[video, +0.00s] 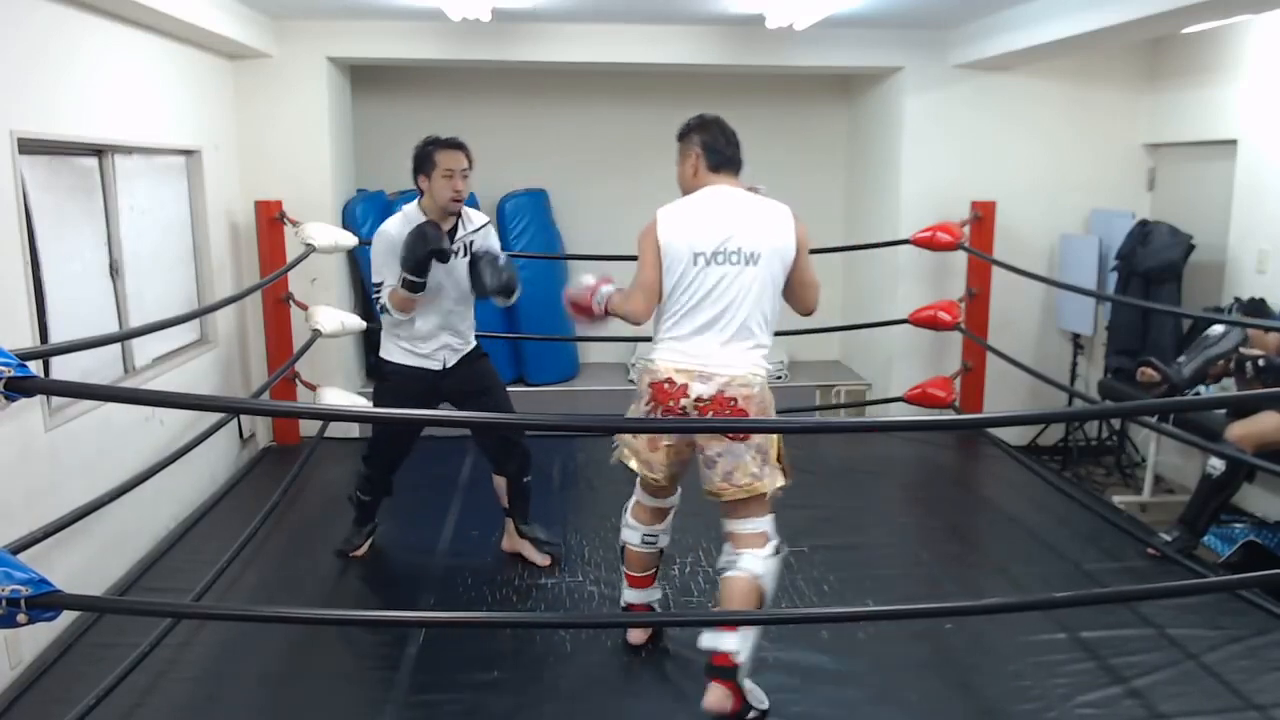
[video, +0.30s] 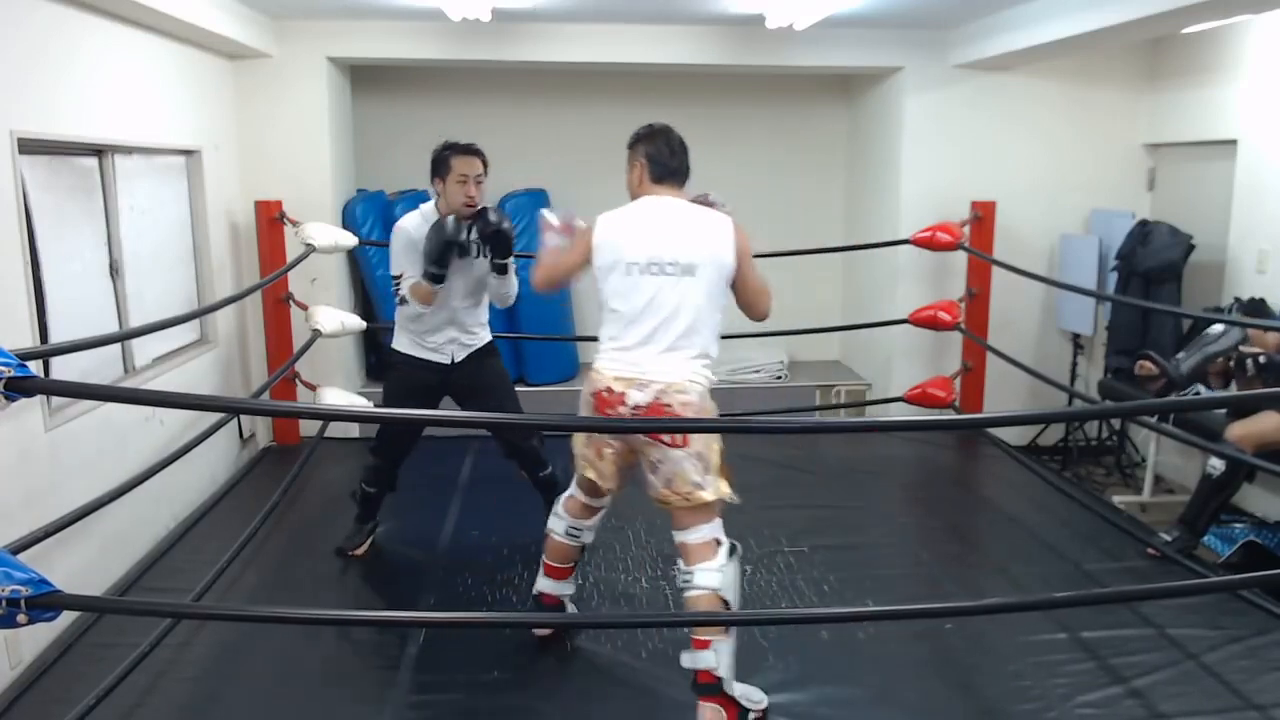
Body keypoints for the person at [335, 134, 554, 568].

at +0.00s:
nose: (460, 185)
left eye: (465, 175)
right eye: (449, 176)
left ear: (470, 179)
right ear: (423, 180)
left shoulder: (477, 223)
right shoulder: (392, 232)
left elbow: (504, 284)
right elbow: (396, 308)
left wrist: (500, 283)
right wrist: (414, 273)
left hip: (463, 355)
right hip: (405, 361)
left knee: (509, 441)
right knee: (384, 454)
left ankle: (516, 533)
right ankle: (362, 528)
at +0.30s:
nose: (473, 191)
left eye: (479, 181)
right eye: (463, 181)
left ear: (485, 185)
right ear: (438, 184)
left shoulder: (491, 227)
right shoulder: (410, 229)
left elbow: (504, 298)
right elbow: (418, 301)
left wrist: (501, 258)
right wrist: (435, 263)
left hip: (475, 351)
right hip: (417, 354)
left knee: (518, 436)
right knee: (391, 445)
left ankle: (563, 511)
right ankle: (364, 524)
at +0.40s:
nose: (485, 179)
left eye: (491, 171)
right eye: (475, 171)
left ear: (499, 175)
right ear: (453, 176)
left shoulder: (507, 220)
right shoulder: (428, 223)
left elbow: (521, 294)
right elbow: (453, 276)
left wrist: (515, 242)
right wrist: (488, 237)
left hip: (493, 353)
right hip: (433, 352)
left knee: (530, 443)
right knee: (398, 439)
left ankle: (565, 522)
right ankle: (366, 516)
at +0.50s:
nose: (486, 175)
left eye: (494, 164)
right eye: (476, 164)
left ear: (503, 168)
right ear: (456, 167)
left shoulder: (512, 215)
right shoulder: (434, 212)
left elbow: (533, 288)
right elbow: (461, 251)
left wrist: (519, 245)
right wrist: (518, 232)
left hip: (503, 349)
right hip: (445, 347)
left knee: (540, 428)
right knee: (409, 428)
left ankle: (555, 508)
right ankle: (413, 490)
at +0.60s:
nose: (486, 174)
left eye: (493, 163)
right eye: (476, 164)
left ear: (502, 166)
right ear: (457, 168)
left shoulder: (516, 216)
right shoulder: (435, 215)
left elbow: (534, 279)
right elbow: (448, 281)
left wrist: (520, 247)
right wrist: (506, 278)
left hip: (507, 346)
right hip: (449, 348)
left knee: (539, 431)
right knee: (427, 442)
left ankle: (560, 511)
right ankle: (462, 498)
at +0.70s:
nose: (474, 180)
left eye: (481, 170)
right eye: (464, 171)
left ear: (491, 172)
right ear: (447, 175)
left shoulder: (512, 220)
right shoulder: (425, 225)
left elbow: (537, 277)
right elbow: (409, 294)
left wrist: (508, 246)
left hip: (509, 352)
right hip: (452, 357)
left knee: (546, 435)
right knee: (438, 453)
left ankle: (568, 522)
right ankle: (469, 507)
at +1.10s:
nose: (457, 162)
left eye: (464, 152)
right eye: (447, 154)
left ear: (481, 155)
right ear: (438, 163)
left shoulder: (512, 204)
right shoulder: (435, 224)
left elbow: (539, 252)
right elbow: (434, 294)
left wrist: (518, 214)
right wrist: (446, 286)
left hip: (519, 337)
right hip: (470, 340)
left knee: (531, 422)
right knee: (460, 427)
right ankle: (465, 504)